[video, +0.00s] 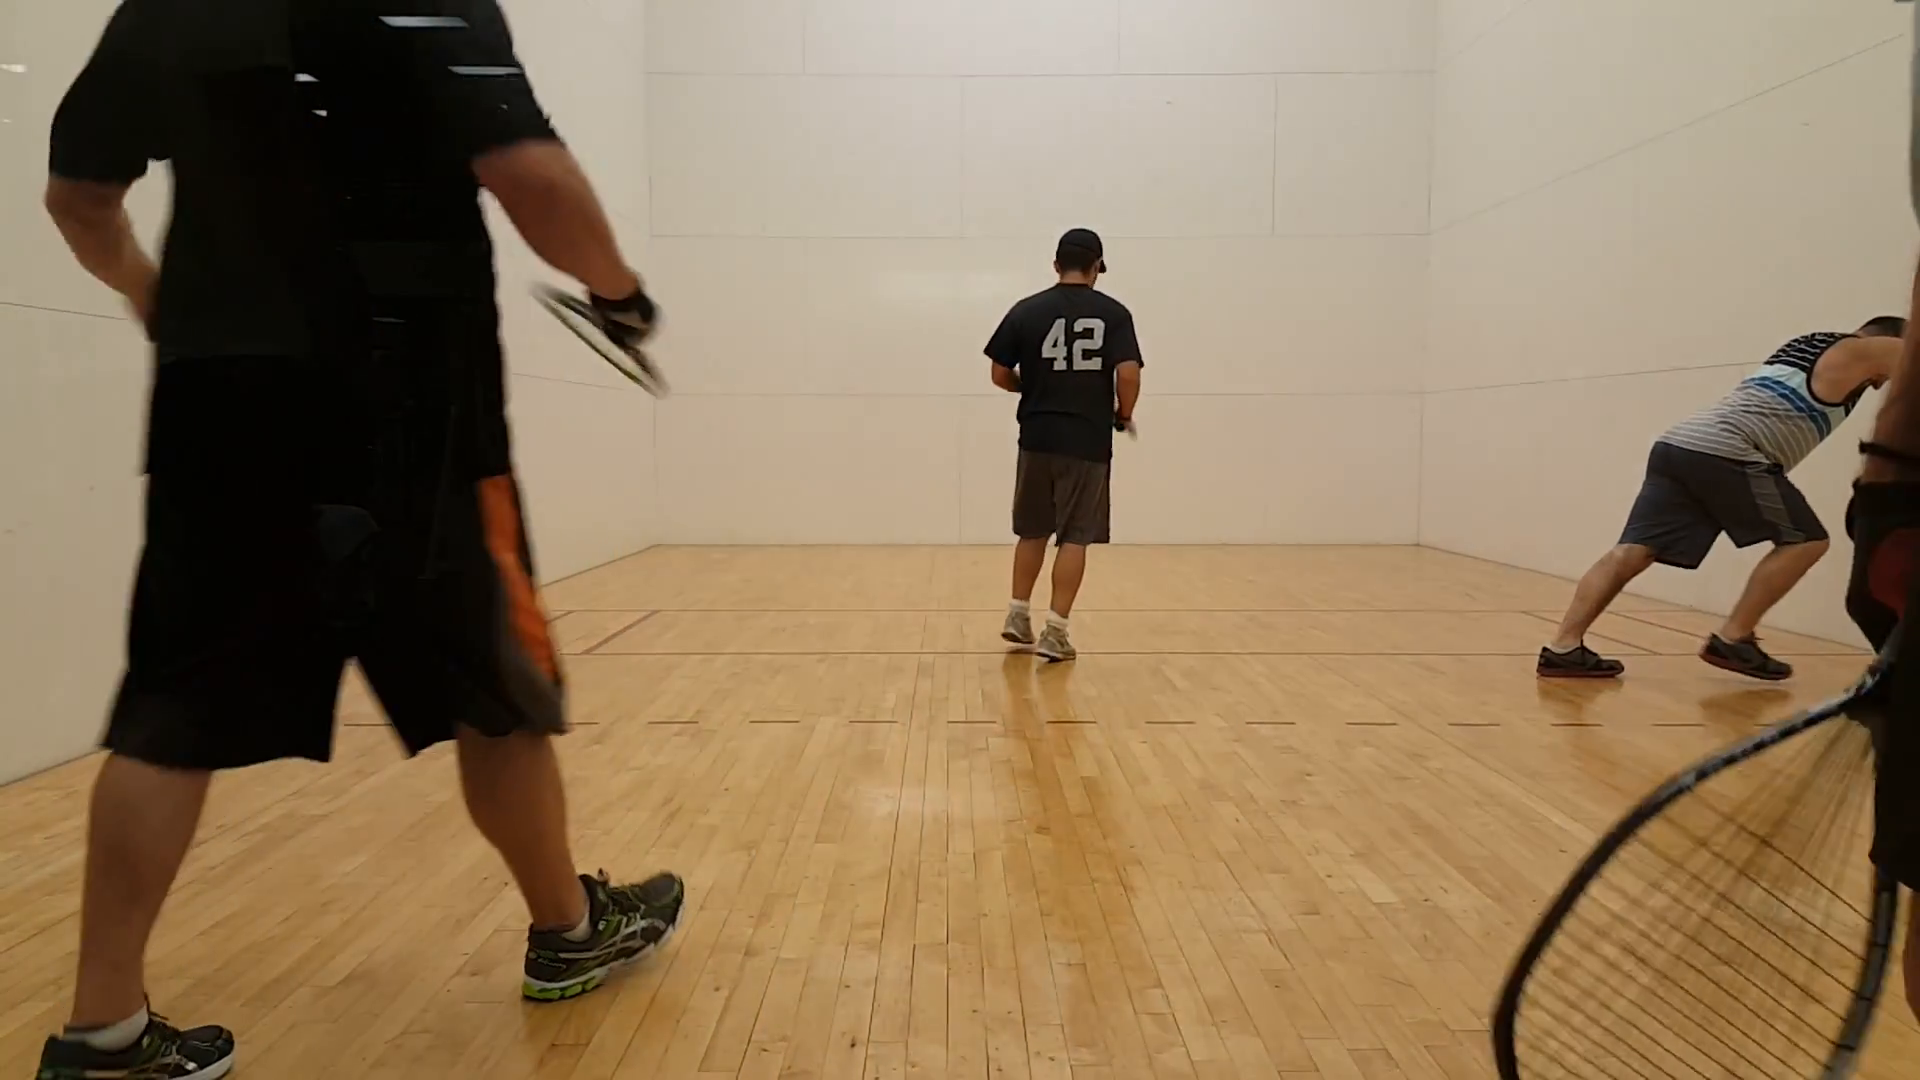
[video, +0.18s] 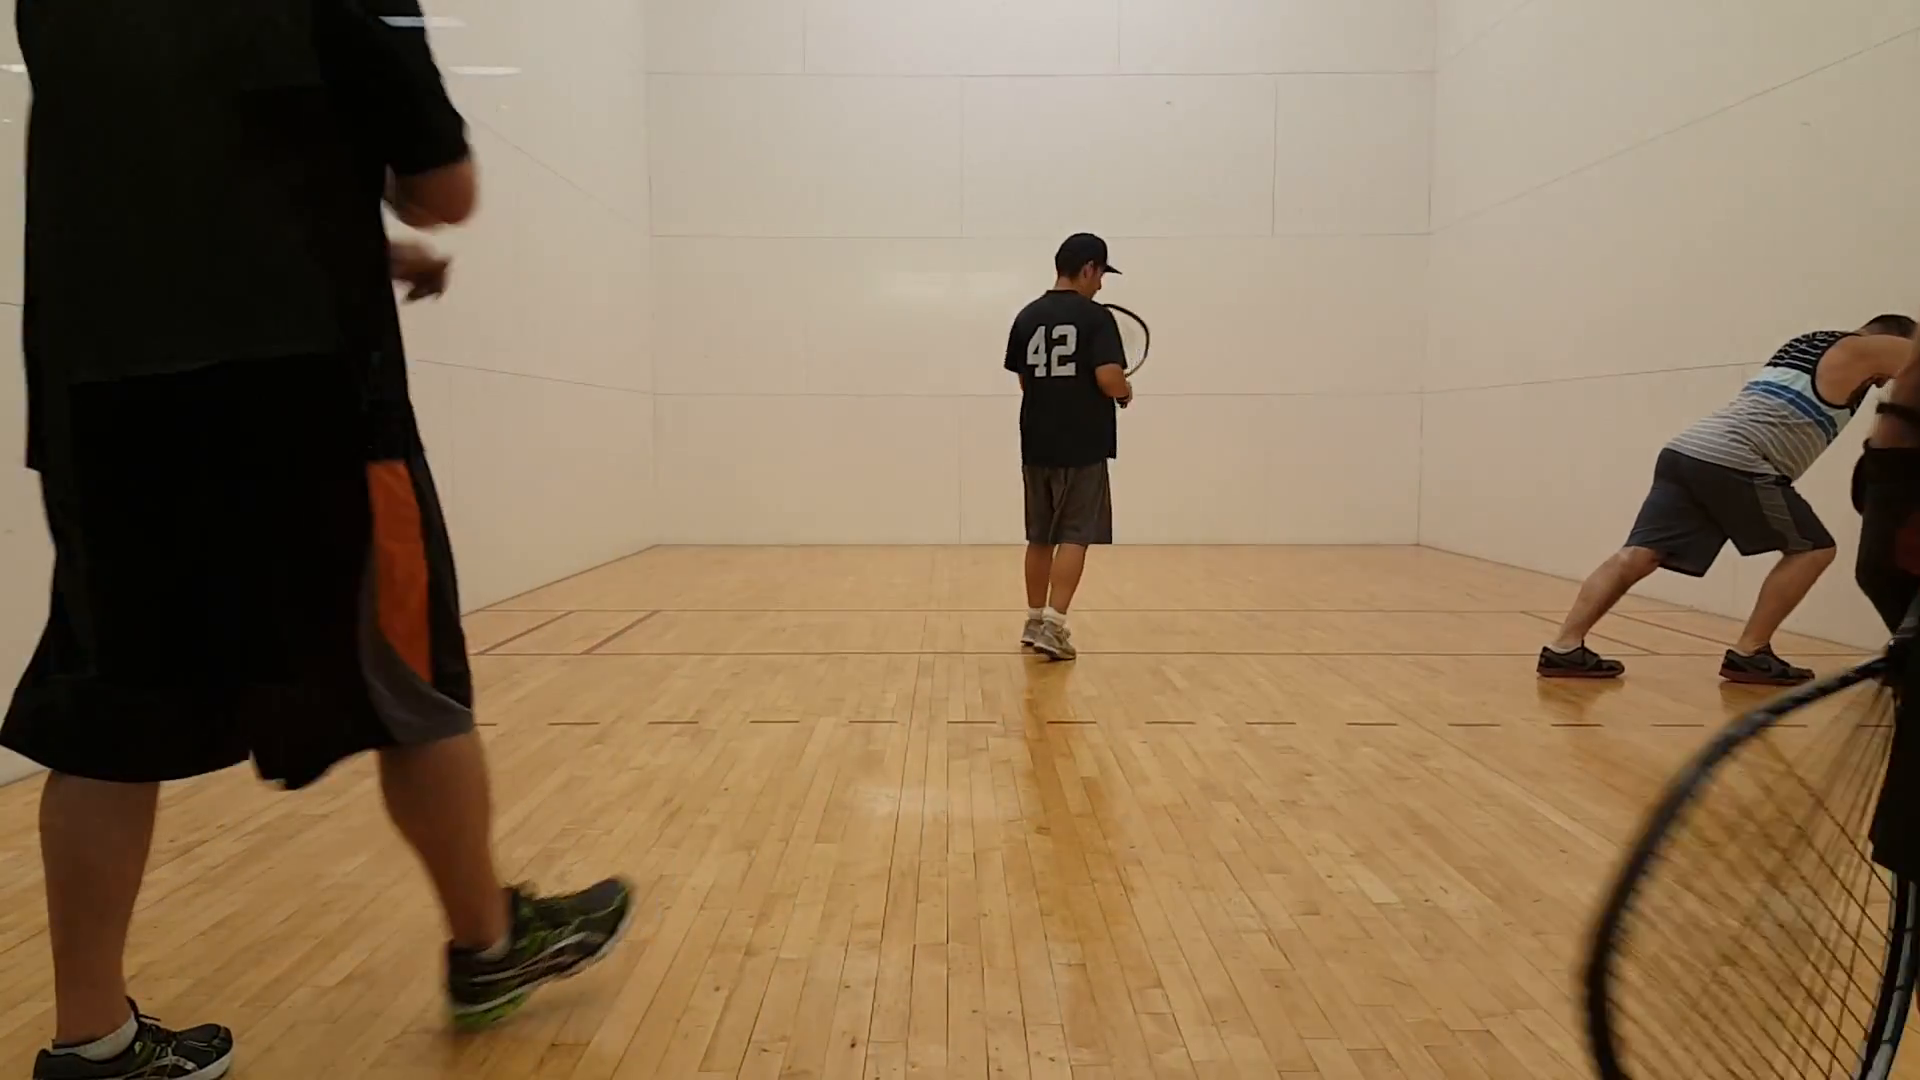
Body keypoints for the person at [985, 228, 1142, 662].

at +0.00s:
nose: (1095, 273)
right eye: (1099, 267)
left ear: (1055, 265)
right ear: (1097, 268)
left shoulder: (1026, 310)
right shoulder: (1114, 313)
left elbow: (1000, 374)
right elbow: (1129, 372)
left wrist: (1033, 385)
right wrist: (1124, 414)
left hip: (1036, 443)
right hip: (1087, 447)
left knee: (1033, 530)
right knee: (1075, 536)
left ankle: (1017, 615)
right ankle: (1055, 629)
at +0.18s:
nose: (1101, 283)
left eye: (1103, 275)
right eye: (1102, 274)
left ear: (1060, 268)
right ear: (1089, 269)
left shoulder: (1028, 315)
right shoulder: (1096, 316)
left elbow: (1026, 382)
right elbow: (1109, 378)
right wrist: (1123, 391)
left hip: (1037, 443)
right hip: (1083, 446)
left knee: (1040, 535)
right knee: (1075, 534)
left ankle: (1035, 622)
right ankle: (1054, 622)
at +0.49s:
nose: (1106, 287)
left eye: (1108, 279)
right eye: (1104, 278)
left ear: (1071, 273)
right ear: (1082, 272)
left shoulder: (1043, 313)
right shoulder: (1076, 313)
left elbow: (1064, 377)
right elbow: (1068, 364)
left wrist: (1122, 386)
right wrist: (1107, 399)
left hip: (1044, 445)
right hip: (1081, 444)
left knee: (1049, 527)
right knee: (1118, 520)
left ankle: (1038, 620)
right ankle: (1079, 602)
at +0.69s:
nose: (1126, 291)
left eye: (1128, 283)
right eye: (1123, 281)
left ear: (1095, 276)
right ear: (1100, 274)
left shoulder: (1067, 314)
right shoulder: (1087, 317)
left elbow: (1098, 382)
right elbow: (1074, 371)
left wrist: (1150, 387)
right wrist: (1122, 406)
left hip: (1058, 448)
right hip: (1090, 448)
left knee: (1056, 528)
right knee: (1121, 527)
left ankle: (1039, 619)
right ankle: (1136, 618)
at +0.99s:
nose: (1184, 300)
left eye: (1187, 292)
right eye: (1184, 290)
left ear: (1158, 280)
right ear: (1165, 280)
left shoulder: (1118, 312)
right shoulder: (1147, 324)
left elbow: (1107, 377)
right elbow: (1132, 380)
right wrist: (1164, 436)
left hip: (1099, 448)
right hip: (1133, 452)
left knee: (1089, 527)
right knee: (1148, 534)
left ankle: (1048, 604)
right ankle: (1154, 620)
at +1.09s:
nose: (1203, 297)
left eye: (1206, 289)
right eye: (1202, 287)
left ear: (1175, 278)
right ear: (1184, 279)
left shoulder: (1131, 310)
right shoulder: (1167, 324)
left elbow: (1102, 368)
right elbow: (1156, 384)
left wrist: (1098, 415)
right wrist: (1193, 433)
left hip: (1115, 442)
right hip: (1149, 448)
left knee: (1112, 522)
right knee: (1153, 533)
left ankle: (1064, 592)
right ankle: (1156, 620)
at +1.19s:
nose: (1217, 296)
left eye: (1220, 288)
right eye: (1217, 286)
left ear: (1186, 276)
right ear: (1198, 277)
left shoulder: (1139, 309)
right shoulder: (1183, 324)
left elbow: (1109, 367)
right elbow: (1189, 388)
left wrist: (1102, 416)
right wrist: (1240, 420)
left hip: (1126, 440)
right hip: (1158, 449)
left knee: (1136, 522)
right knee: (1158, 534)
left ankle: (1092, 588)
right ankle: (1156, 622)